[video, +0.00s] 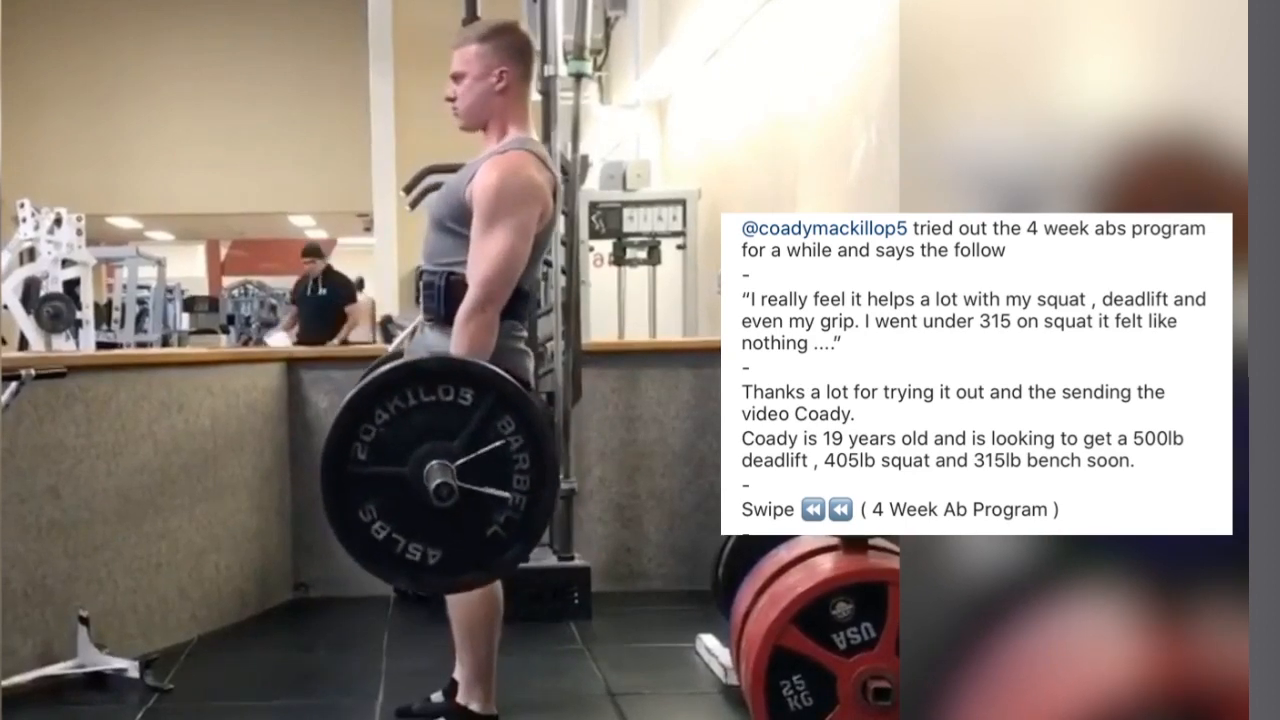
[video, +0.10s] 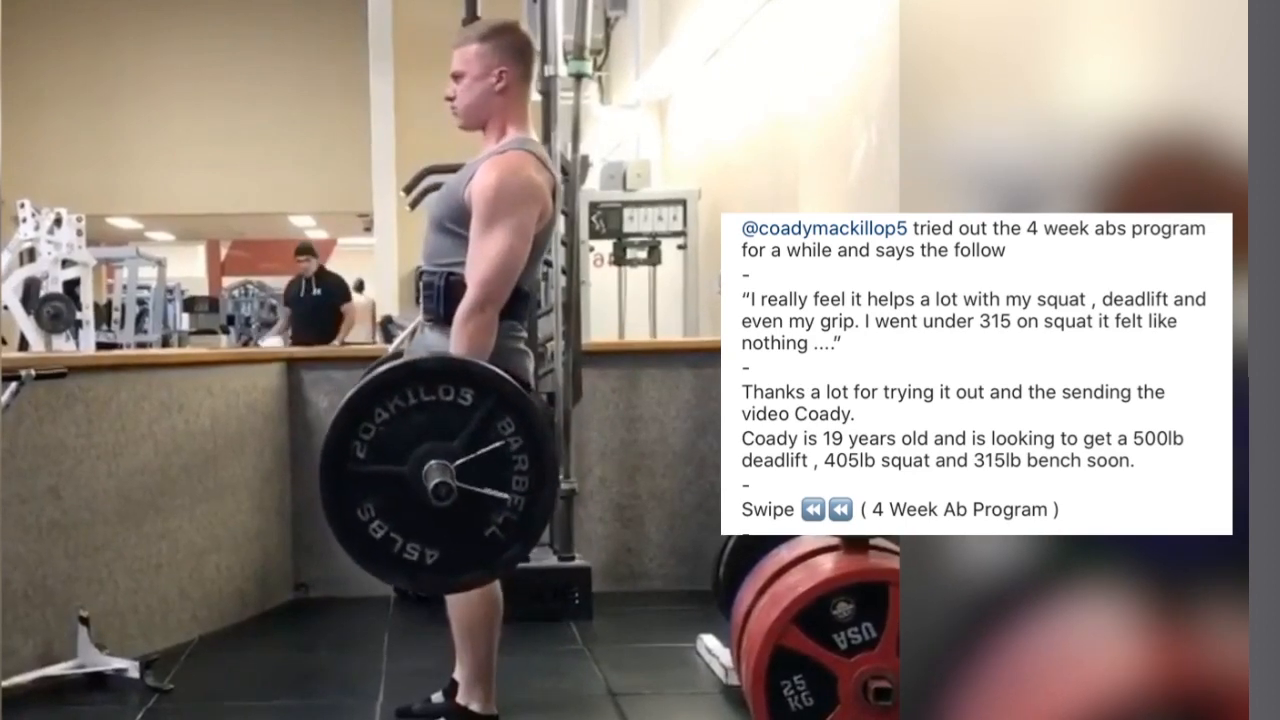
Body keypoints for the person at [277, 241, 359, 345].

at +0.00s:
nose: (309, 267)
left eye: (312, 262)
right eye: (305, 263)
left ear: (323, 261)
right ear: (303, 263)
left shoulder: (341, 282)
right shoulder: (302, 283)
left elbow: (354, 317)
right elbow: (297, 311)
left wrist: (338, 340)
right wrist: (284, 328)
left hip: (331, 346)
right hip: (304, 346)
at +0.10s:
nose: (304, 265)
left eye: (308, 260)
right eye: (300, 261)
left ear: (317, 260)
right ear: (296, 263)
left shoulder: (335, 282)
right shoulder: (293, 285)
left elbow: (350, 314)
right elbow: (287, 317)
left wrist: (339, 341)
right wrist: (271, 336)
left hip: (327, 350)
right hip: (299, 351)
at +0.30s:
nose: (291, 260)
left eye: (294, 255)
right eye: (286, 256)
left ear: (302, 256)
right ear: (280, 260)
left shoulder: (320, 277)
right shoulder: (276, 286)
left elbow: (338, 308)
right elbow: (270, 318)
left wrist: (342, 339)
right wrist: (258, 342)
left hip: (321, 350)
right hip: (288, 353)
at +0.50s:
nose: (282, 255)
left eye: (286, 250)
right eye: (277, 251)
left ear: (293, 254)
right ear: (269, 258)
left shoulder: (311, 278)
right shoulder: (262, 285)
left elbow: (333, 311)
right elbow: (254, 319)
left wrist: (339, 341)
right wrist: (252, 346)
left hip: (312, 351)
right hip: (278, 353)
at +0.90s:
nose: (277, 255)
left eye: (281, 251)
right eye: (272, 251)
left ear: (287, 256)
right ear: (263, 257)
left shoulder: (302, 282)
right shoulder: (253, 284)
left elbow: (317, 318)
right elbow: (240, 319)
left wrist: (324, 351)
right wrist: (235, 353)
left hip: (298, 355)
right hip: (263, 357)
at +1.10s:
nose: (272, 251)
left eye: (276, 246)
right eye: (268, 246)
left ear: (283, 251)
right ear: (260, 252)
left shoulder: (299, 281)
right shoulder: (247, 280)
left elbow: (311, 316)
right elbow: (232, 313)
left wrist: (315, 348)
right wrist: (221, 346)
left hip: (292, 355)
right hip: (257, 356)